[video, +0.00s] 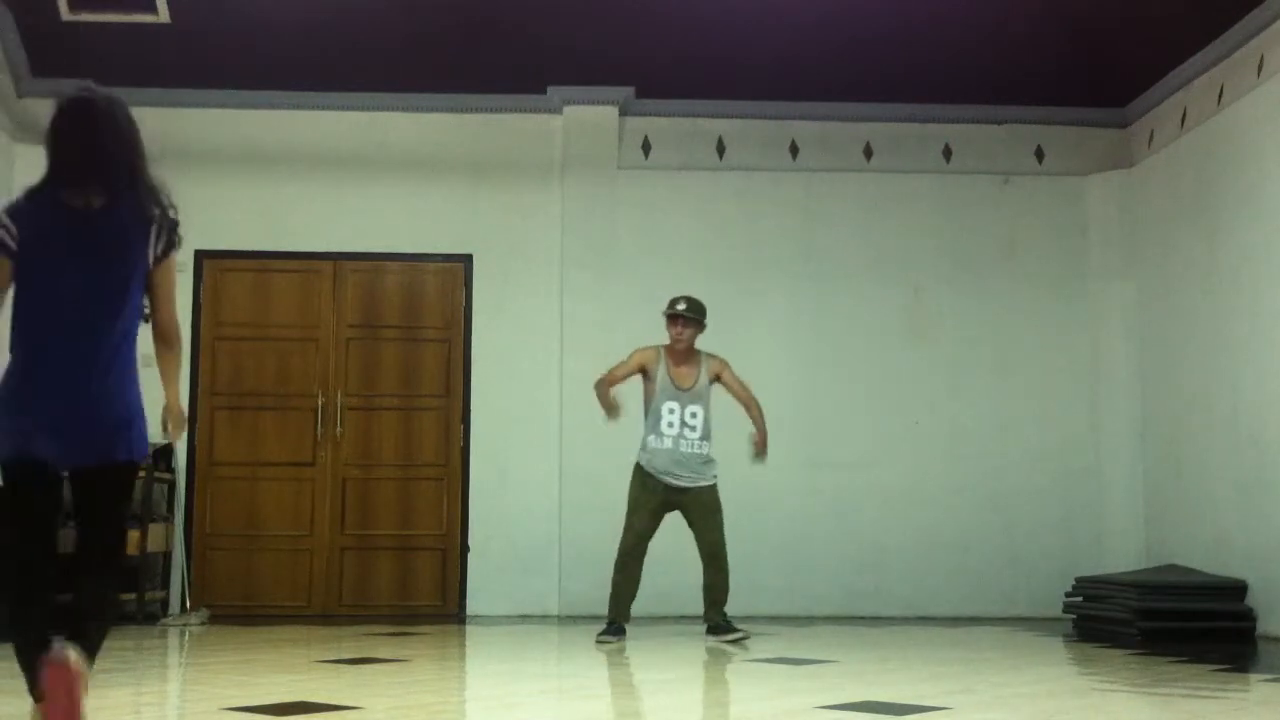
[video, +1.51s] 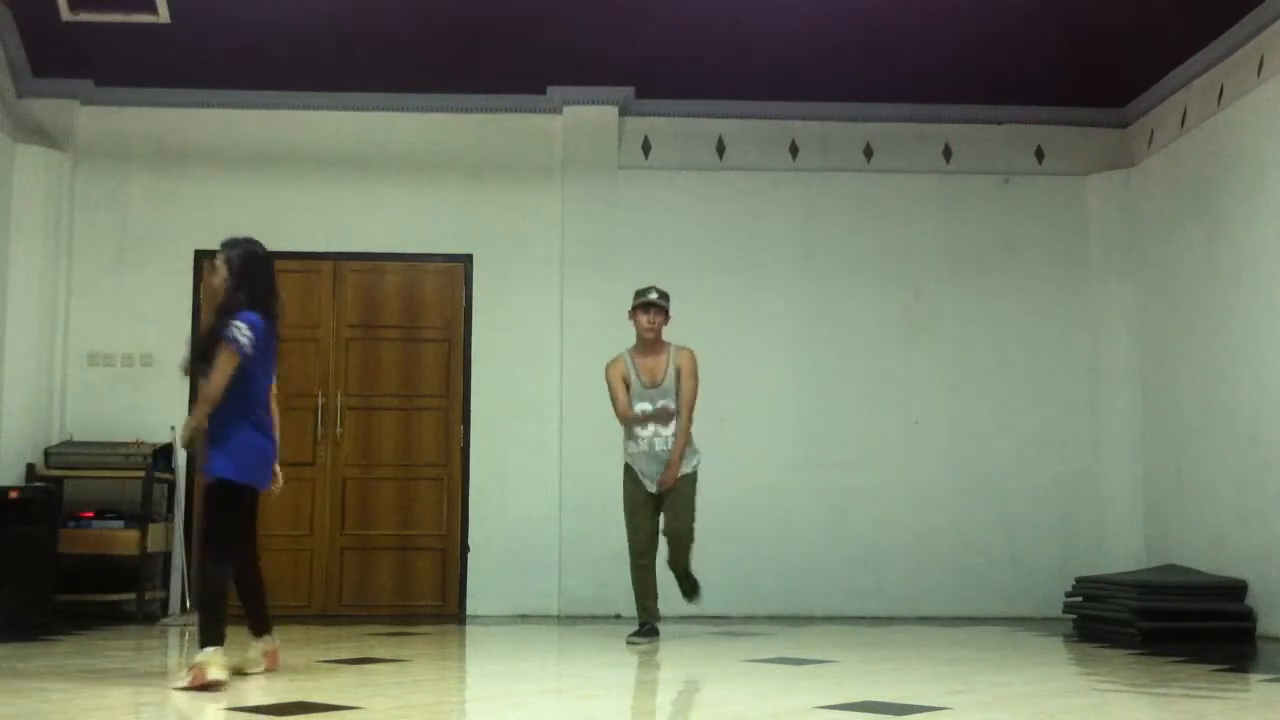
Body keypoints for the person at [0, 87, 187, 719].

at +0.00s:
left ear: (56, 146)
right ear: (127, 147)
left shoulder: (24, 216)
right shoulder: (150, 219)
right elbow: (165, 324)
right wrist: (173, 395)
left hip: (27, 405)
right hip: (110, 408)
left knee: (25, 550)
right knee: (105, 544)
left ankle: (46, 693)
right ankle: (75, 651)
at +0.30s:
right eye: (146, 168)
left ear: (87, 170)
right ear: (150, 174)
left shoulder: (52, 237)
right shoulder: (162, 234)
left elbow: (49, 334)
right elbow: (171, 333)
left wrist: (76, 386)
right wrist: (180, 421)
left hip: (69, 405)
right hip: (140, 408)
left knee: (60, 546)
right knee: (147, 542)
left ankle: (58, 694)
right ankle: (144, 679)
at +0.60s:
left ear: (126, 207)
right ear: (185, 208)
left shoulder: (97, 268)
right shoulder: (200, 267)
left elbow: (90, 359)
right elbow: (208, 358)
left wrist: (108, 412)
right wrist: (221, 440)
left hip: (118, 433)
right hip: (184, 430)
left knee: (124, 547)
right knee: (177, 558)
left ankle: (110, 616)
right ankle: (158, 684)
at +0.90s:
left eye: (164, 233)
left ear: (160, 239)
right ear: (214, 238)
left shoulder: (139, 292)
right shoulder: (232, 294)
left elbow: (114, 364)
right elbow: (252, 370)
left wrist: (89, 429)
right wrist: (254, 415)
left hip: (146, 446)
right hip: (205, 445)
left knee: (160, 554)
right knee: (179, 554)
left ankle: (180, 660)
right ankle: (154, 670)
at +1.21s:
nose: (179, 248)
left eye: (183, 241)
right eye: (182, 239)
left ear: (194, 248)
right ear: (234, 248)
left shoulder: (175, 301)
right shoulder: (256, 306)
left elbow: (156, 379)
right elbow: (262, 382)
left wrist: (135, 439)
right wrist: (264, 442)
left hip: (177, 440)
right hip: (235, 440)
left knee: (175, 546)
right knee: (211, 535)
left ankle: (182, 664)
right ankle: (217, 611)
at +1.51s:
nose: (211, 276)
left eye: (218, 269)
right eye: (213, 269)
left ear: (238, 274)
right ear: (249, 275)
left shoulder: (240, 324)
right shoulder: (261, 325)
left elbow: (217, 382)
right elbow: (269, 397)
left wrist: (194, 419)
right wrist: (273, 456)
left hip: (230, 450)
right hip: (251, 450)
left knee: (213, 549)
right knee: (241, 548)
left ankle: (210, 655)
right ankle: (264, 643)